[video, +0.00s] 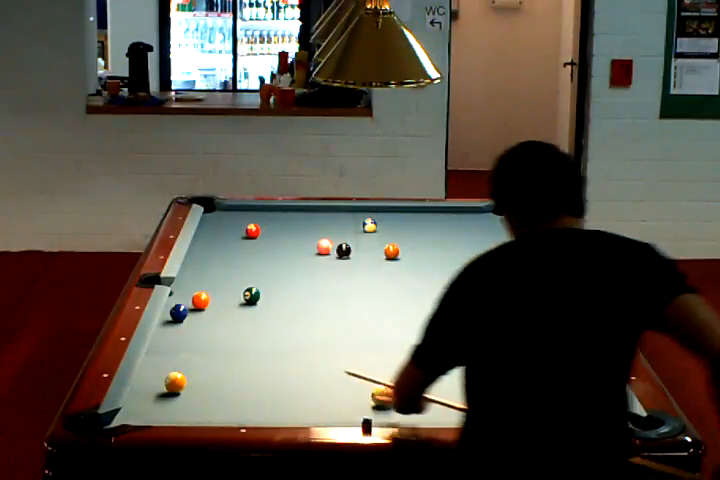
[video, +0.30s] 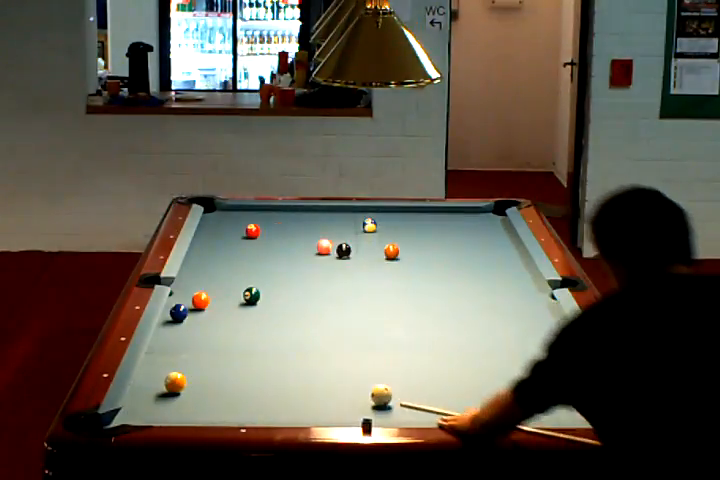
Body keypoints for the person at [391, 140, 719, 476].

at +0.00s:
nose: (503, 215)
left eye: (501, 206)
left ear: (505, 208)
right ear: (578, 198)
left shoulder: (482, 276)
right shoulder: (632, 260)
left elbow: (405, 393)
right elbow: (714, 343)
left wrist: (413, 398)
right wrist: (717, 451)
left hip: (496, 475)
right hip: (601, 474)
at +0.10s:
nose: (533, 222)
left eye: (531, 213)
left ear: (536, 217)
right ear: (608, 205)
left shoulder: (518, 282)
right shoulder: (670, 266)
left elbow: (437, 395)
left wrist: (431, 407)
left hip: (535, 478)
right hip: (641, 476)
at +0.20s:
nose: (563, 236)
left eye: (564, 225)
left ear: (572, 229)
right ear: (643, 222)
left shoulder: (559, 301)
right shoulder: (698, 279)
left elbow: (480, 394)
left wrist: (452, 423)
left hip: (581, 472)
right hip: (690, 466)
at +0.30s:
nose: (600, 262)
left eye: (601, 253)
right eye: (601, 252)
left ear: (612, 258)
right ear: (682, 241)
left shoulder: (595, 332)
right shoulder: (717, 298)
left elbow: (506, 411)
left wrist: (471, 422)